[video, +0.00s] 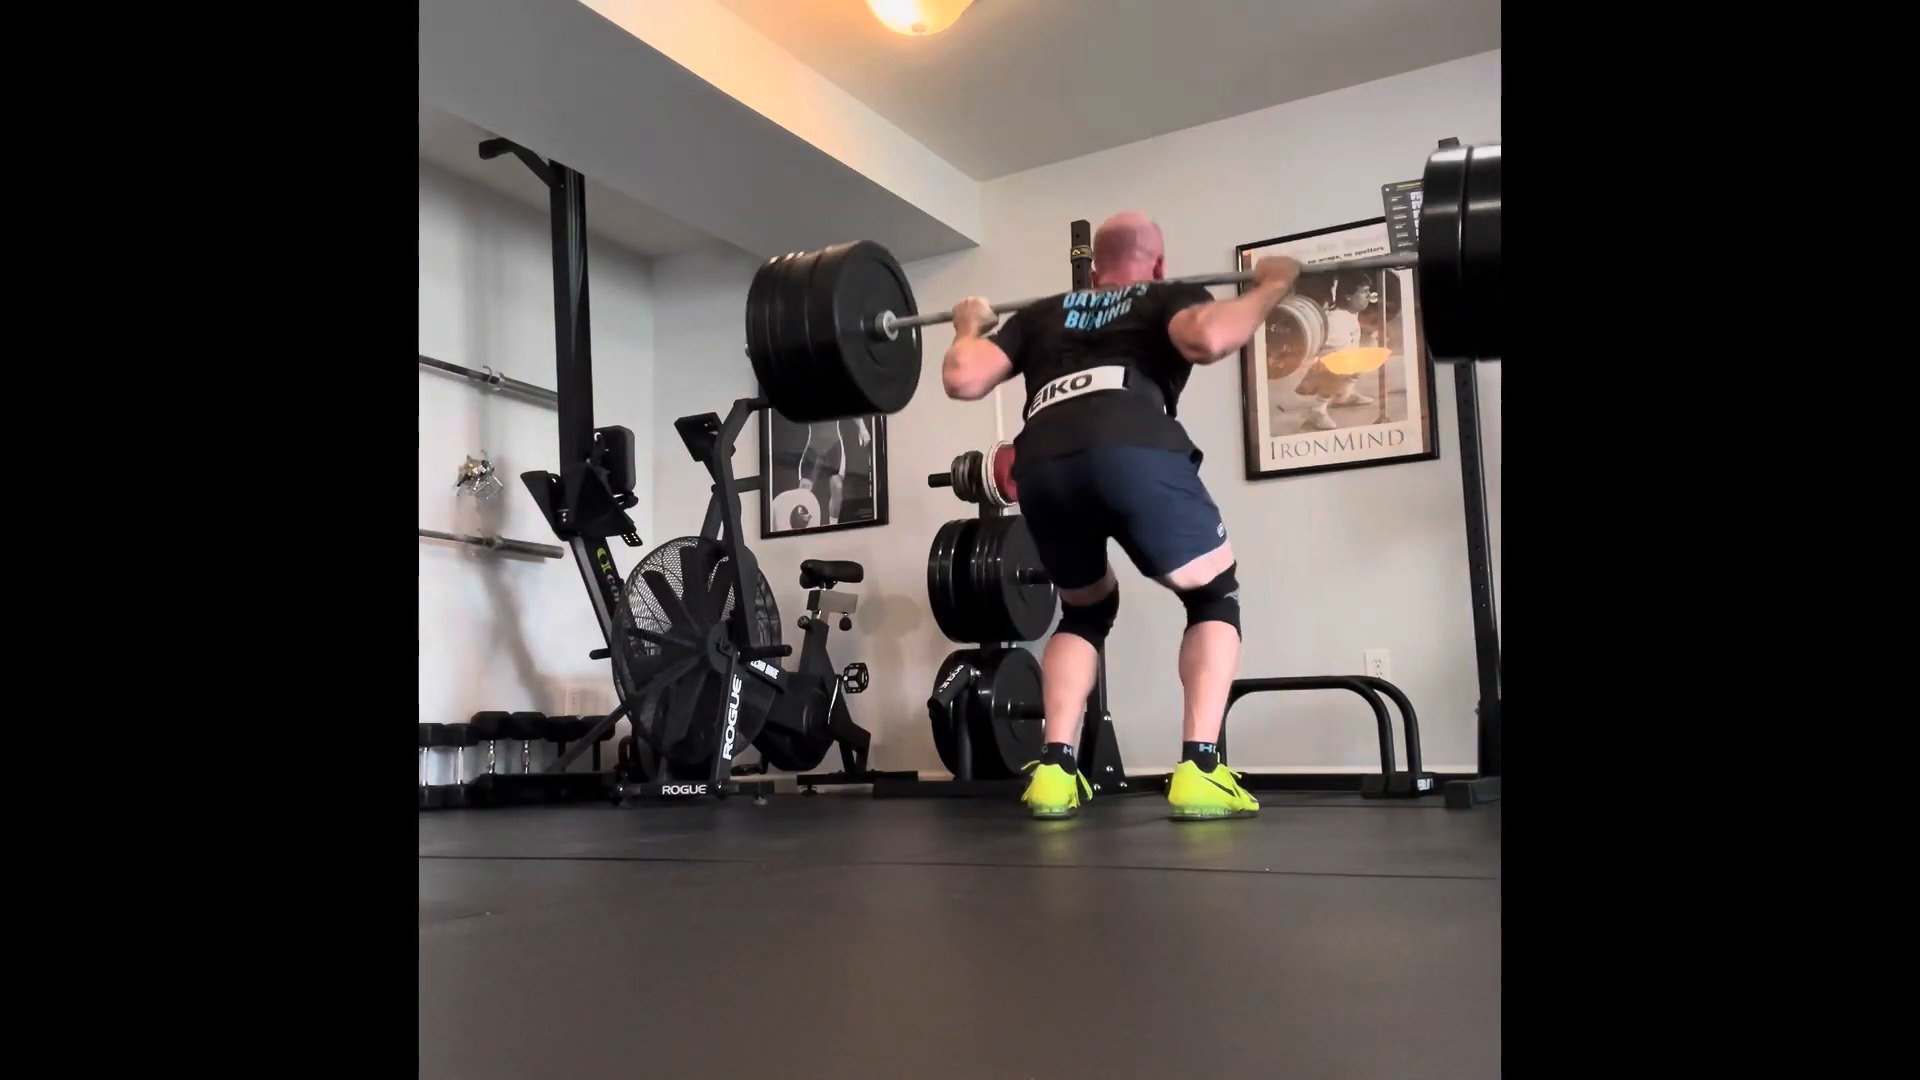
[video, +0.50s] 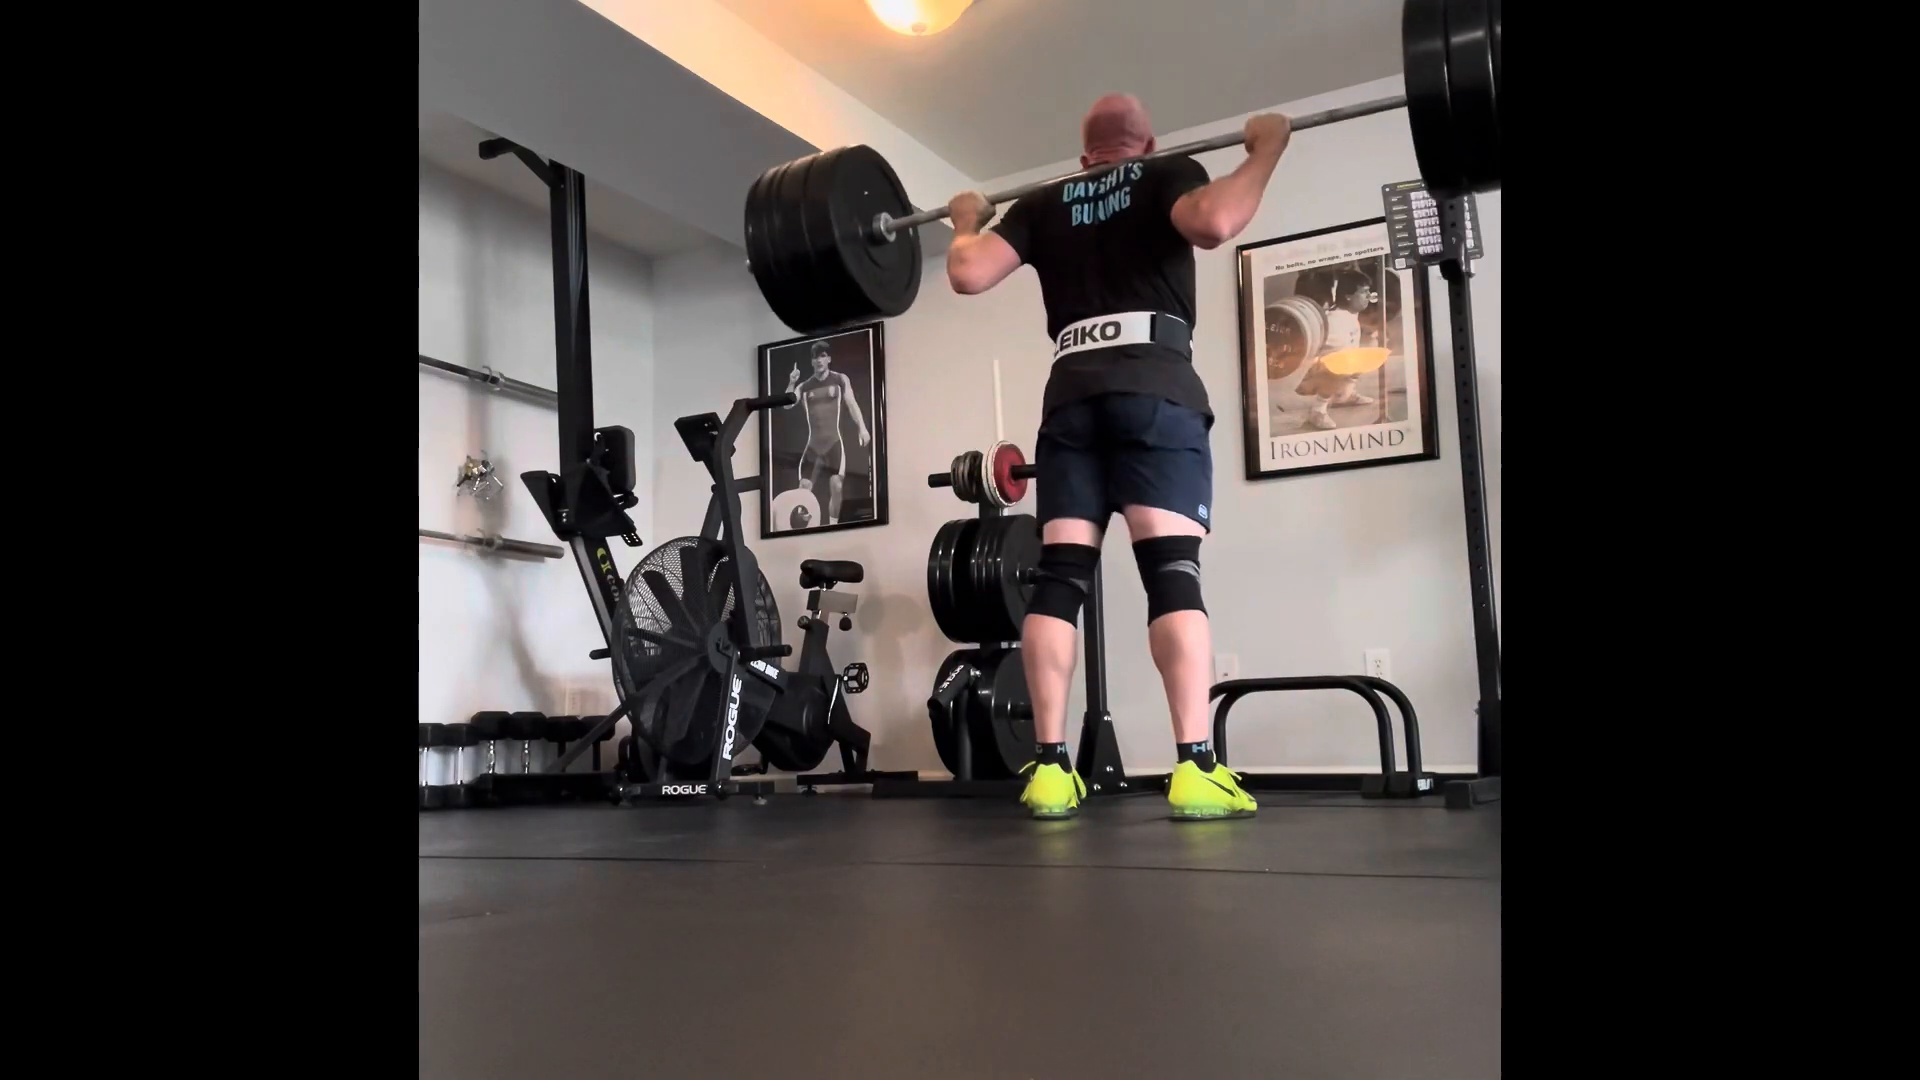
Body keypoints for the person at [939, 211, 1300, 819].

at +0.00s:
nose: (1158, 267)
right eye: (1158, 260)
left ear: (1092, 265)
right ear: (1157, 264)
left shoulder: (1041, 313)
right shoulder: (1168, 294)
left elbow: (960, 380)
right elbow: (1209, 338)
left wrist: (967, 328)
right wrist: (1270, 288)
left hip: (1041, 464)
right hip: (1134, 447)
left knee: (1085, 607)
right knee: (1212, 596)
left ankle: (1056, 765)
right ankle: (1201, 766)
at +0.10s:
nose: (1156, 240)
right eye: (1156, 233)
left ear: (1089, 238)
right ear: (1156, 237)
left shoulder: (1042, 291)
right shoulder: (1167, 269)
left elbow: (962, 355)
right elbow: (1207, 312)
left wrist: (966, 304)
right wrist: (1267, 259)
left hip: (1050, 447)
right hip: (1142, 430)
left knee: (1083, 605)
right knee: (1215, 594)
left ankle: (1056, 765)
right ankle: (1201, 765)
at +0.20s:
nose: (1156, 208)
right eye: (1155, 200)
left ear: (1086, 209)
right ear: (1154, 205)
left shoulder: (1042, 264)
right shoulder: (1167, 240)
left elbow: (966, 327)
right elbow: (1208, 284)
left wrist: (965, 276)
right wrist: (1263, 230)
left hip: (1058, 431)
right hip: (1150, 416)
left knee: (1080, 600)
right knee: (1214, 590)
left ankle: (1055, 764)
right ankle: (1201, 764)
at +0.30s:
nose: (1151, 172)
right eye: (1152, 164)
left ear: (1083, 176)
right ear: (1151, 169)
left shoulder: (1043, 231)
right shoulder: (1166, 204)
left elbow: (967, 294)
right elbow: (1206, 248)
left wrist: (965, 243)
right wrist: (1264, 184)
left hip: (1063, 405)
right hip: (1151, 394)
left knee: (1074, 588)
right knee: (1196, 581)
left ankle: (1053, 764)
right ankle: (1200, 765)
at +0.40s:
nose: (1148, 151)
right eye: (1149, 142)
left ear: (1081, 154)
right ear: (1150, 146)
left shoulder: (1043, 210)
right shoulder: (1170, 180)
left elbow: (970, 283)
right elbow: (1214, 236)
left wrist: (965, 225)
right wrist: (1265, 161)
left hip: (1069, 387)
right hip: (1156, 381)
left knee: (1064, 576)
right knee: (1172, 573)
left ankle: (1051, 763)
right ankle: (1196, 763)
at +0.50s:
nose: (1137, 145)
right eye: (1145, 137)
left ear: (1082, 150)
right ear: (1149, 142)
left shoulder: (1042, 205)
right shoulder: (1163, 173)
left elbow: (967, 273)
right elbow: (1215, 220)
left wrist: (965, 219)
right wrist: (1265, 151)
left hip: (1070, 392)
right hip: (1157, 385)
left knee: (1059, 576)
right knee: (1173, 575)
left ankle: (1050, 764)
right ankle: (1196, 764)